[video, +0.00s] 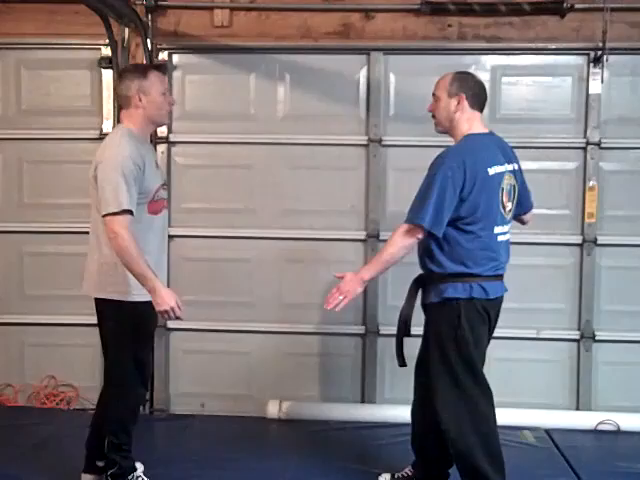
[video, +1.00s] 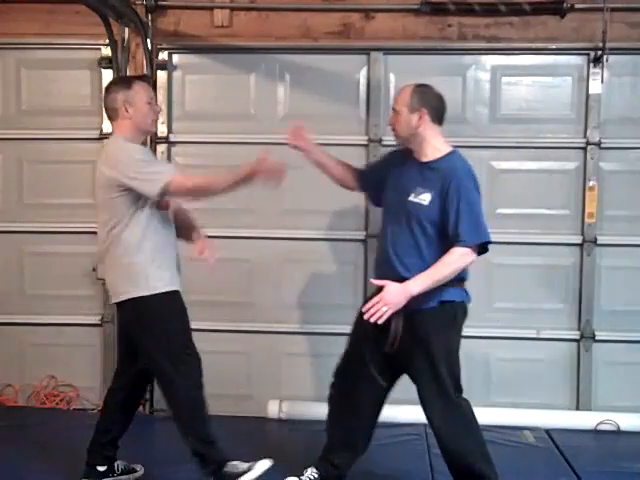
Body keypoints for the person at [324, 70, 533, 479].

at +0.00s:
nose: (430, 108)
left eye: (436, 99)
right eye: (432, 100)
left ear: (460, 103)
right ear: (470, 105)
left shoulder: (453, 160)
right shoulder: (502, 151)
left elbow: (414, 230)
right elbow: (522, 213)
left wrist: (362, 275)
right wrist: (468, 204)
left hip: (456, 298)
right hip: (482, 295)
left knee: (460, 394)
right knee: (433, 383)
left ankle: (485, 476)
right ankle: (428, 469)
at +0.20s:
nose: (432, 108)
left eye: (437, 99)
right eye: (434, 100)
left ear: (462, 103)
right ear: (472, 105)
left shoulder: (455, 160)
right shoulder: (502, 151)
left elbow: (416, 230)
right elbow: (521, 215)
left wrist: (366, 281)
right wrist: (467, 207)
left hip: (456, 299)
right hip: (482, 296)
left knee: (460, 395)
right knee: (432, 387)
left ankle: (485, 476)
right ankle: (427, 470)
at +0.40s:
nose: (431, 108)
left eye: (437, 100)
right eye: (433, 100)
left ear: (460, 104)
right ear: (470, 106)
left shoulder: (456, 161)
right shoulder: (500, 152)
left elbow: (419, 234)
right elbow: (519, 212)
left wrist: (369, 287)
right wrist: (465, 209)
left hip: (457, 299)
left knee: (459, 397)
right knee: (415, 375)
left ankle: (485, 476)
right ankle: (422, 467)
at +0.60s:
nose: (425, 113)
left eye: (431, 105)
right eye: (427, 105)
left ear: (454, 109)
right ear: (463, 110)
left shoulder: (466, 164)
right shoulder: (488, 154)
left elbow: (434, 239)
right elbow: (485, 203)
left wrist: (381, 290)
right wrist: (452, 167)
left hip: (463, 297)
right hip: (440, 290)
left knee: (455, 397)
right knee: (390, 361)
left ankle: (483, 476)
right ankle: (391, 458)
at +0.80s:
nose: (412, 117)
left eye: (418, 109)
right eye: (413, 109)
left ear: (442, 113)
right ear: (443, 114)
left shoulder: (469, 167)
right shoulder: (442, 162)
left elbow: (458, 248)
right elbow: (426, 207)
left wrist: (399, 291)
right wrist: (389, 169)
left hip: (453, 303)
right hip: (422, 301)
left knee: (454, 409)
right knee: (383, 389)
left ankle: (484, 476)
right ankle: (338, 464)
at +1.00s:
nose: (389, 120)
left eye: (396, 112)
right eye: (391, 112)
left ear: (421, 118)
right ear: (421, 118)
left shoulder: (456, 172)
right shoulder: (397, 162)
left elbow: (468, 249)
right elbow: (357, 179)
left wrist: (406, 289)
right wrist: (312, 151)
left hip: (434, 307)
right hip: (386, 301)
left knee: (443, 404)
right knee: (352, 389)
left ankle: (480, 479)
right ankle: (329, 470)